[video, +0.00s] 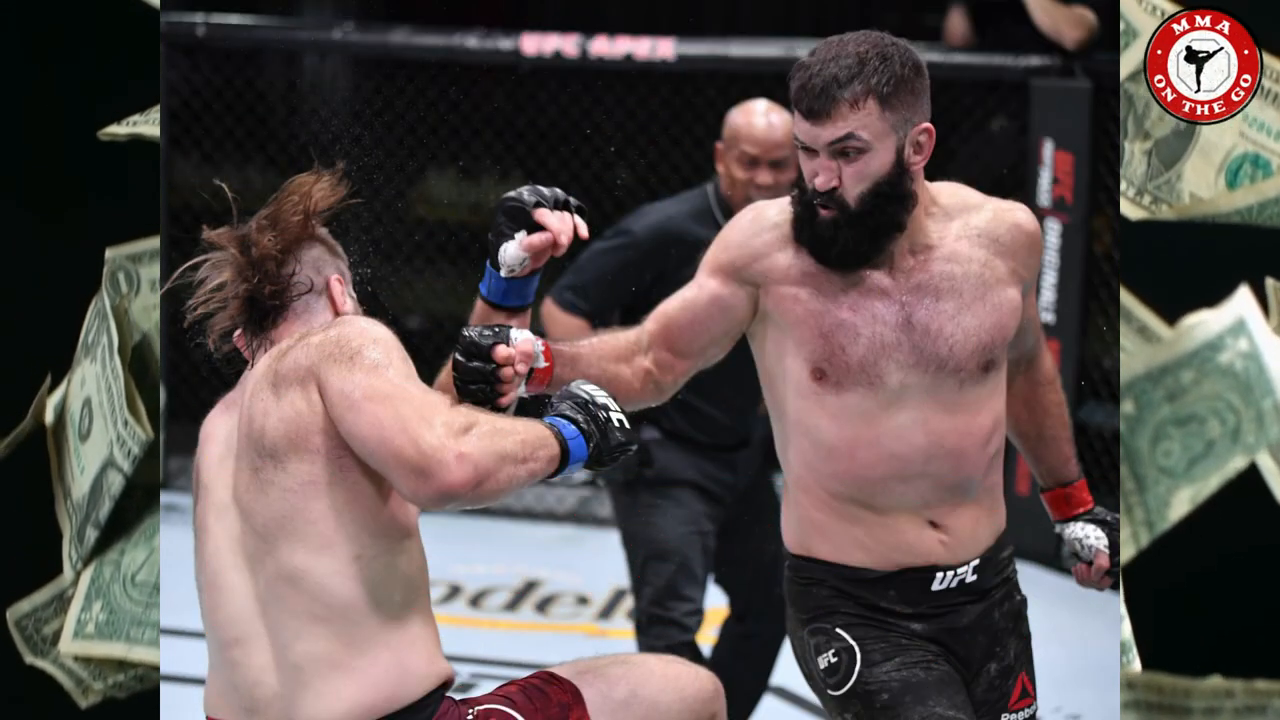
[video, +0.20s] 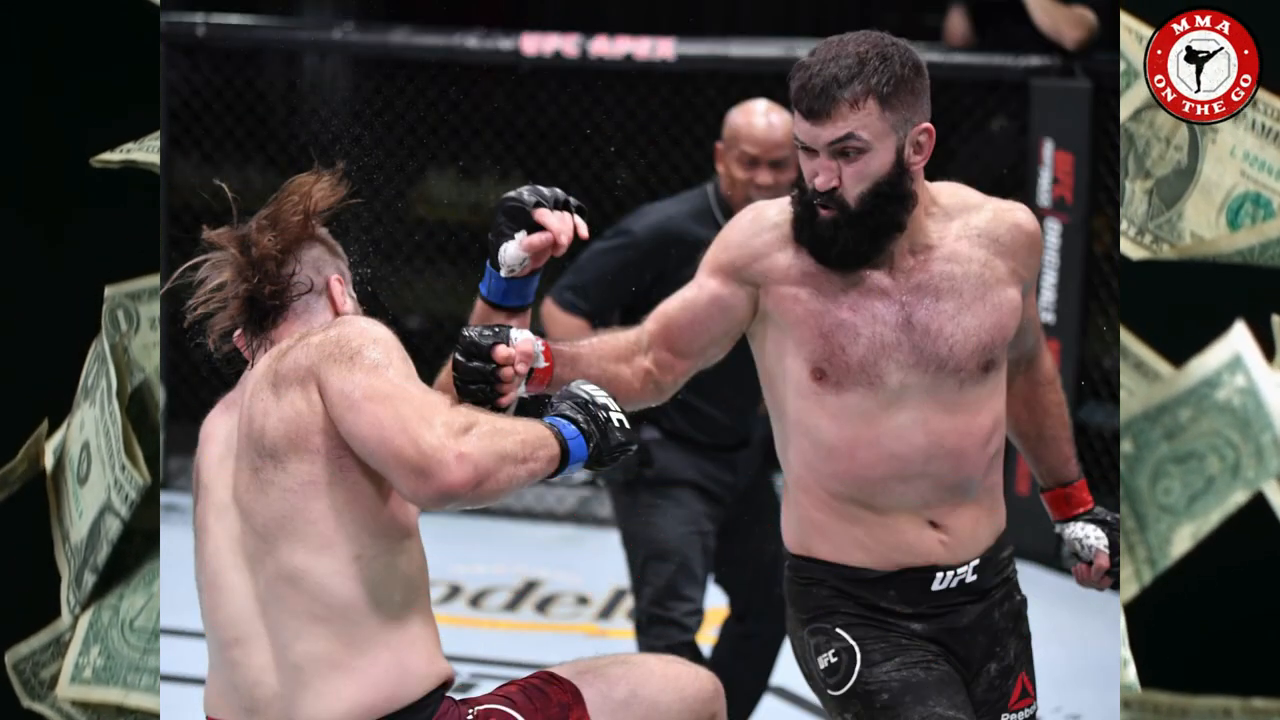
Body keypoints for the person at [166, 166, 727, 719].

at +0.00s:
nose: (365, 311)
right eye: (358, 293)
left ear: (243, 344)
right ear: (341, 291)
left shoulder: (218, 425)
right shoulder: (344, 346)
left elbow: (443, 432)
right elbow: (447, 467)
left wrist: (509, 283)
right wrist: (576, 431)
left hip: (243, 712)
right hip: (397, 708)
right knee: (691, 687)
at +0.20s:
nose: (365, 311)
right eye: (358, 293)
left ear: (243, 344)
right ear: (341, 291)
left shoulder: (218, 426)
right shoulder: (344, 346)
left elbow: (443, 433)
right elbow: (447, 467)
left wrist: (509, 283)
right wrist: (576, 431)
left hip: (243, 712)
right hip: (397, 708)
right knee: (691, 687)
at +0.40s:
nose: (363, 308)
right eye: (356, 290)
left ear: (243, 346)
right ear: (340, 290)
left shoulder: (217, 427)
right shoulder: (344, 346)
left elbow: (445, 428)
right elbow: (446, 467)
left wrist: (509, 282)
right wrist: (576, 431)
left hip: (238, 713)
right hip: (396, 709)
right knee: (691, 687)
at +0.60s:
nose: (363, 308)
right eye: (356, 290)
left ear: (243, 346)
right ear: (340, 290)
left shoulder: (217, 427)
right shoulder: (344, 346)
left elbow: (444, 429)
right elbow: (446, 466)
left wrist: (508, 283)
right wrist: (576, 430)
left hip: (239, 712)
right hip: (396, 708)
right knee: (691, 687)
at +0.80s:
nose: (364, 307)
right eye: (356, 290)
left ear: (242, 344)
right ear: (340, 291)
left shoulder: (217, 427)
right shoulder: (344, 346)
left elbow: (443, 431)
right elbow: (446, 467)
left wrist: (508, 284)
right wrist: (576, 432)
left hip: (240, 714)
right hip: (395, 709)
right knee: (691, 688)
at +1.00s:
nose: (362, 307)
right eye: (355, 289)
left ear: (243, 345)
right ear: (340, 290)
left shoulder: (217, 427)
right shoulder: (344, 346)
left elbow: (443, 431)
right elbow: (446, 467)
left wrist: (508, 284)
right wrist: (576, 431)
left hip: (239, 713)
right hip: (396, 709)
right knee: (691, 687)